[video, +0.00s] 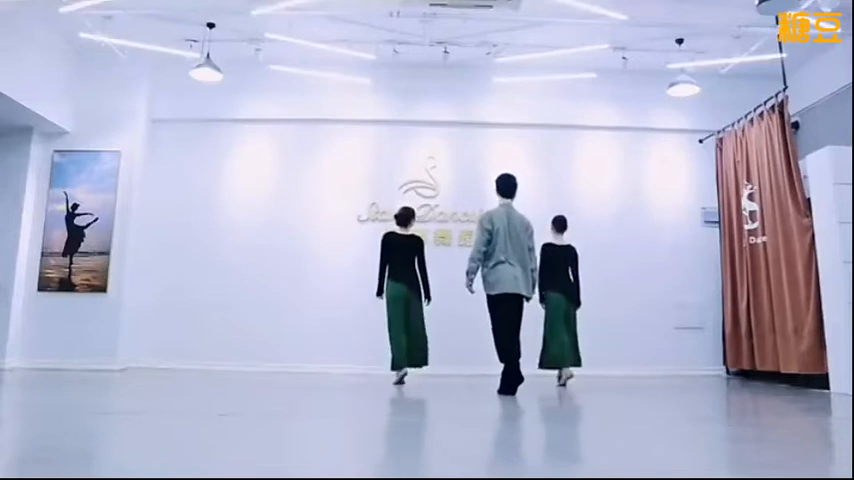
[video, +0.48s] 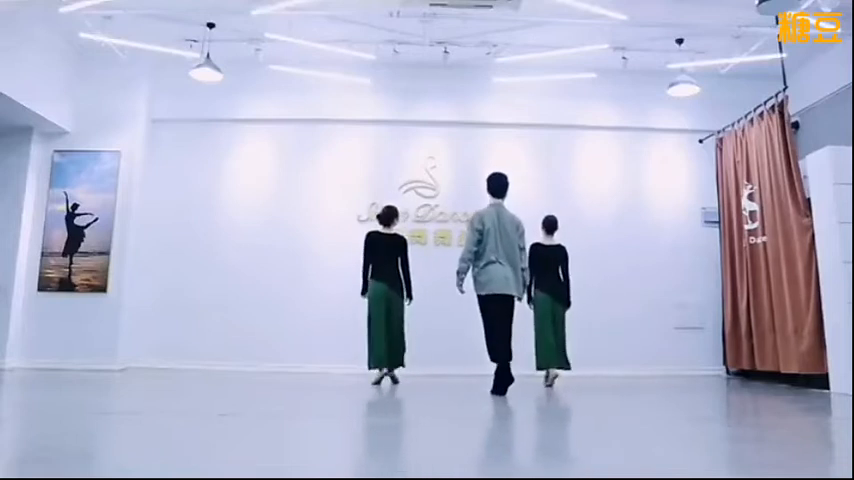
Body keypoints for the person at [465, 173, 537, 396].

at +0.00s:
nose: (501, 191)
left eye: (498, 188)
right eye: (508, 187)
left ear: (496, 190)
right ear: (515, 191)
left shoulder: (489, 218)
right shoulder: (525, 222)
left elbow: (479, 250)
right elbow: (532, 257)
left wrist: (470, 274)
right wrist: (531, 285)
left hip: (495, 282)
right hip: (519, 282)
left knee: (500, 329)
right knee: (513, 331)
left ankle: (514, 371)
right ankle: (508, 383)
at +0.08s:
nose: (498, 191)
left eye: (496, 187)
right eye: (506, 187)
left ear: (495, 190)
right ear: (514, 191)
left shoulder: (488, 218)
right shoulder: (524, 222)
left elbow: (478, 250)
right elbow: (530, 257)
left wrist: (469, 273)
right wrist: (530, 285)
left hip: (494, 282)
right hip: (518, 282)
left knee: (500, 329)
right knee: (513, 331)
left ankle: (513, 371)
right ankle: (507, 382)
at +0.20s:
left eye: (495, 187)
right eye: (505, 186)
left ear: (493, 189)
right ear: (512, 190)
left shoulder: (485, 217)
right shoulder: (521, 221)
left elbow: (475, 249)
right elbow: (528, 256)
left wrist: (467, 273)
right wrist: (528, 283)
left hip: (491, 280)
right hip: (515, 280)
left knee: (496, 326)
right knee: (510, 327)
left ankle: (507, 369)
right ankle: (504, 377)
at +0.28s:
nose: (496, 190)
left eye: (493, 186)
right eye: (504, 186)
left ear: (491, 188)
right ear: (510, 190)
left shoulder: (484, 217)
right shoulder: (520, 221)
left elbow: (474, 249)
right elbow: (526, 256)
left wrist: (466, 272)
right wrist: (527, 283)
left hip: (490, 281)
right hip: (514, 281)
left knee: (494, 327)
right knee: (509, 327)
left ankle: (507, 369)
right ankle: (504, 376)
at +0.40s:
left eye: (491, 187)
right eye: (501, 187)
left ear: (488, 189)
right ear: (507, 190)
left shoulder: (481, 217)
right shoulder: (517, 222)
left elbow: (471, 250)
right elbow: (523, 257)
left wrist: (462, 273)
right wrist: (525, 284)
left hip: (487, 282)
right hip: (511, 282)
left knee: (493, 328)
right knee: (506, 330)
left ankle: (505, 370)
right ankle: (501, 381)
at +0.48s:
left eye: (490, 187)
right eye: (500, 187)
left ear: (487, 189)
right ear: (506, 190)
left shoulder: (479, 218)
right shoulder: (516, 222)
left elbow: (470, 250)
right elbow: (522, 257)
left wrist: (461, 273)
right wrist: (524, 284)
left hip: (485, 281)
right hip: (510, 282)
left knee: (492, 328)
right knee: (505, 328)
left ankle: (504, 369)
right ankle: (500, 380)